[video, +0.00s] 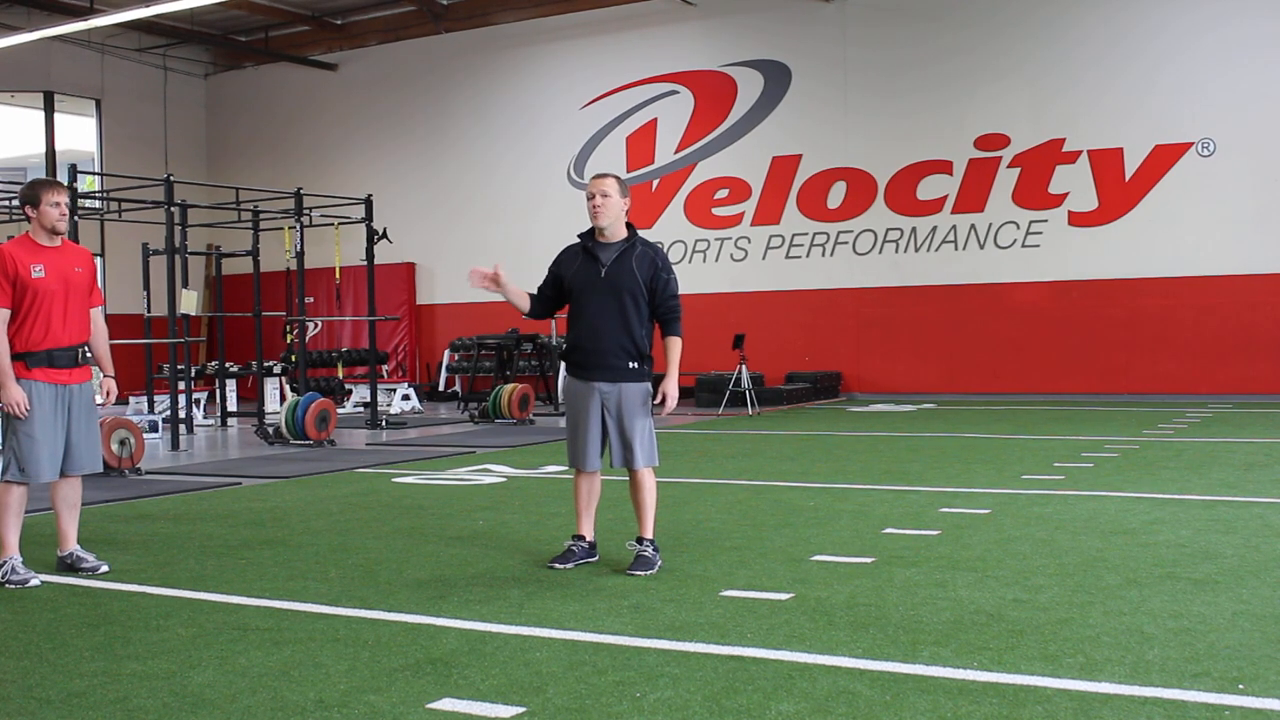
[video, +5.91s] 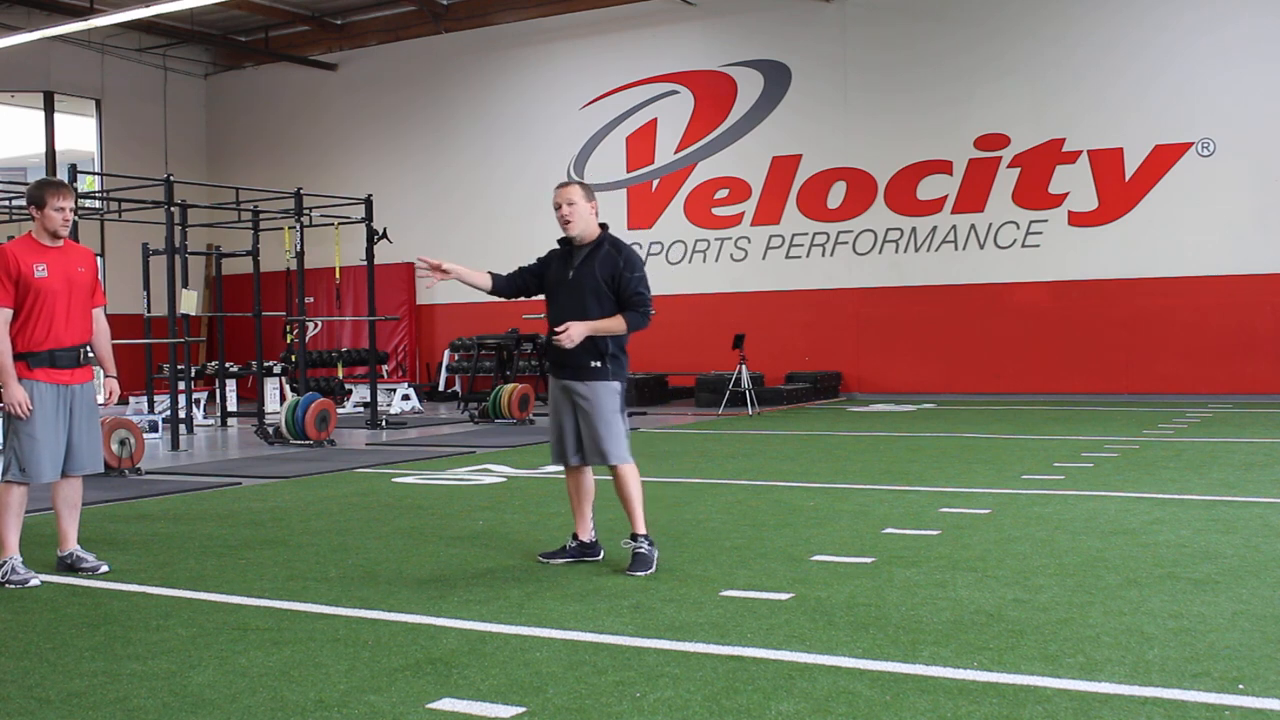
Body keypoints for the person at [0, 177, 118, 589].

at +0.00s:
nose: (64, 211)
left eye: (66, 205)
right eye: (54, 205)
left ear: (69, 210)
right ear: (31, 211)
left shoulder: (83, 257)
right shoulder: (10, 255)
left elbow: (95, 321)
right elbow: (0, 326)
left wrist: (108, 372)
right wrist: (7, 382)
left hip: (76, 377)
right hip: (30, 378)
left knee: (71, 466)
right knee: (18, 473)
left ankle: (69, 551)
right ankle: (9, 559)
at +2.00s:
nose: (66, 213)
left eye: (69, 206)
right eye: (57, 206)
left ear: (70, 210)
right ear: (33, 211)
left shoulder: (84, 257)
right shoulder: (11, 255)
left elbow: (96, 319)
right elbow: (0, 326)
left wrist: (109, 371)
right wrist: (7, 382)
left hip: (77, 376)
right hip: (30, 378)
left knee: (72, 466)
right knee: (18, 473)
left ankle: (69, 551)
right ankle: (9, 560)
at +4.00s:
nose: (67, 214)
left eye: (70, 207)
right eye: (59, 207)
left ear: (72, 211)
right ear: (35, 212)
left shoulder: (85, 257)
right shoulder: (11, 255)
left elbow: (97, 319)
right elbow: (1, 325)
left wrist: (110, 371)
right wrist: (7, 382)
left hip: (78, 377)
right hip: (30, 378)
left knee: (72, 466)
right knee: (19, 473)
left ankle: (69, 551)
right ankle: (9, 559)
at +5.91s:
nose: (66, 216)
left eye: (70, 209)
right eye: (58, 209)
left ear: (73, 212)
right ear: (35, 212)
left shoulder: (85, 257)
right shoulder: (12, 255)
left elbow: (97, 320)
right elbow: (1, 326)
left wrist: (110, 371)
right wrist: (9, 382)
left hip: (78, 377)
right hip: (30, 378)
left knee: (73, 467)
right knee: (19, 473)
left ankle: (69, 551)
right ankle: (10, 559)